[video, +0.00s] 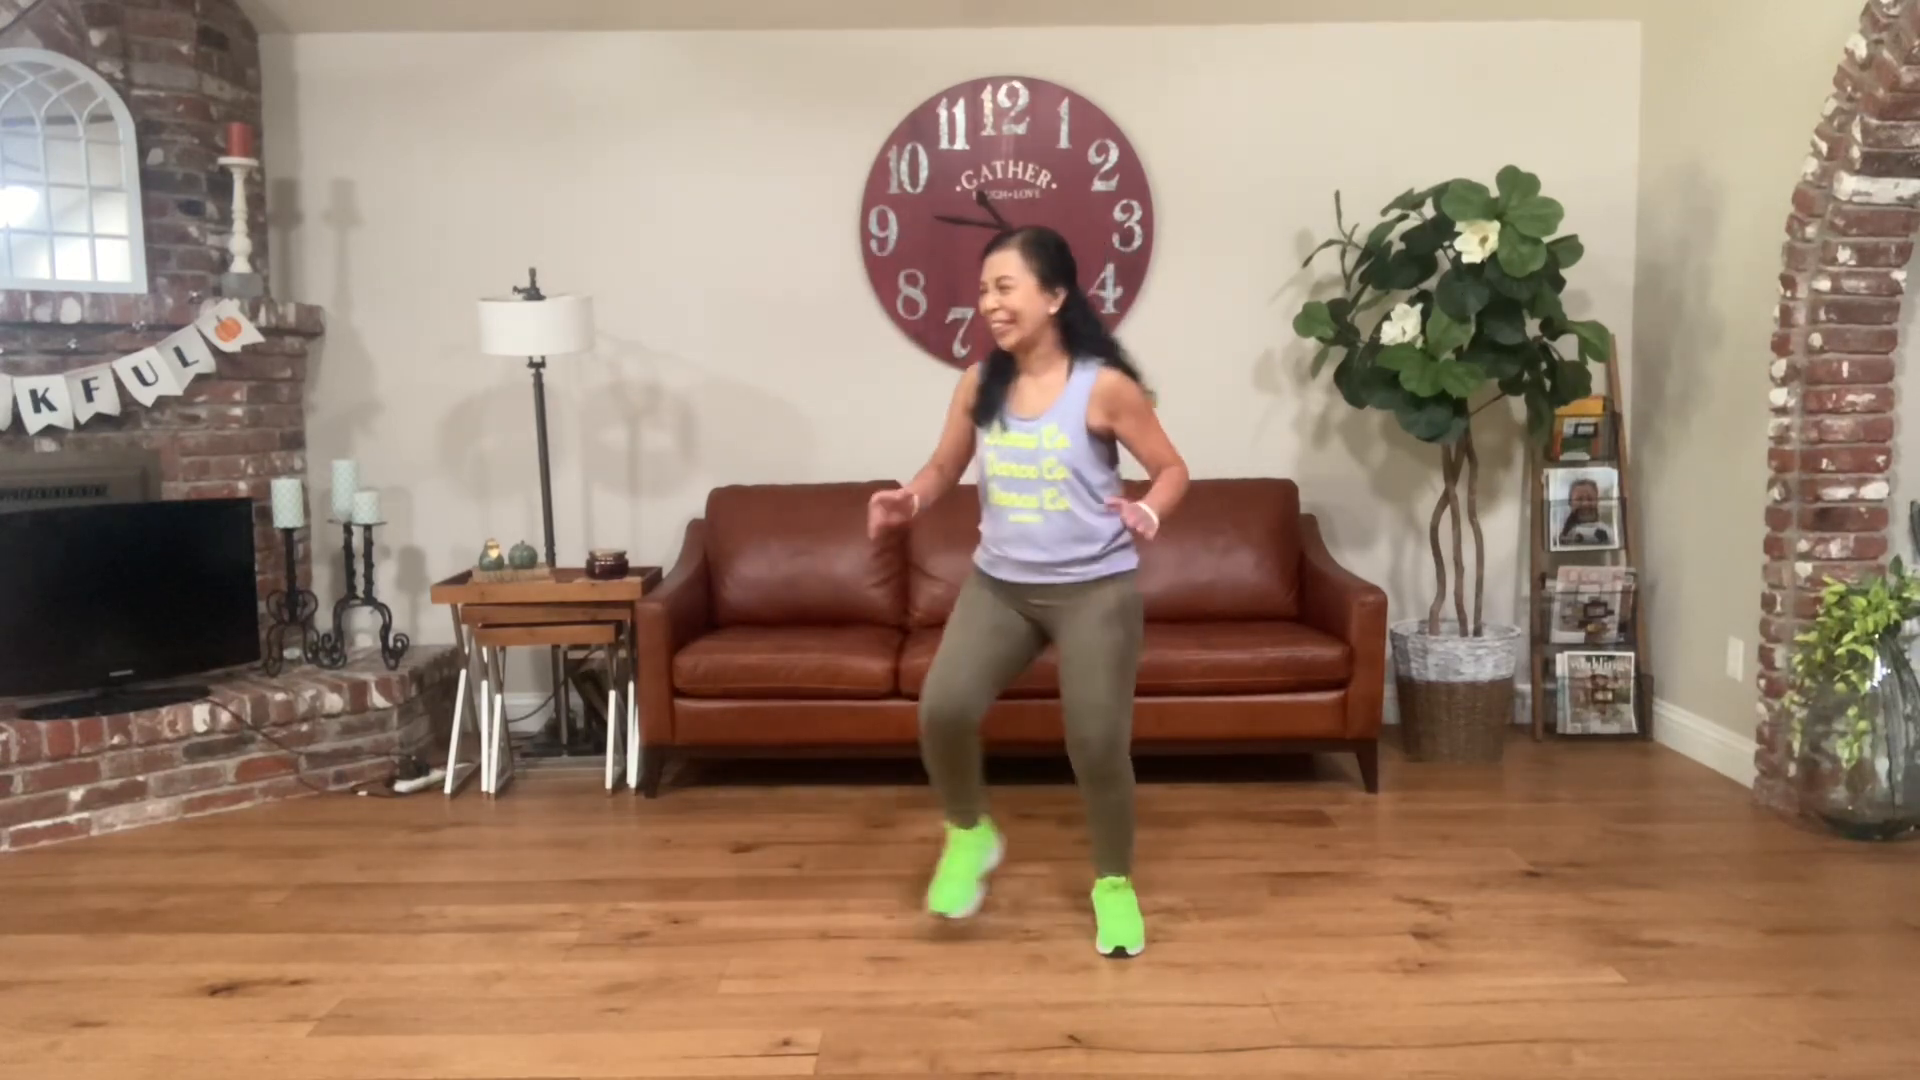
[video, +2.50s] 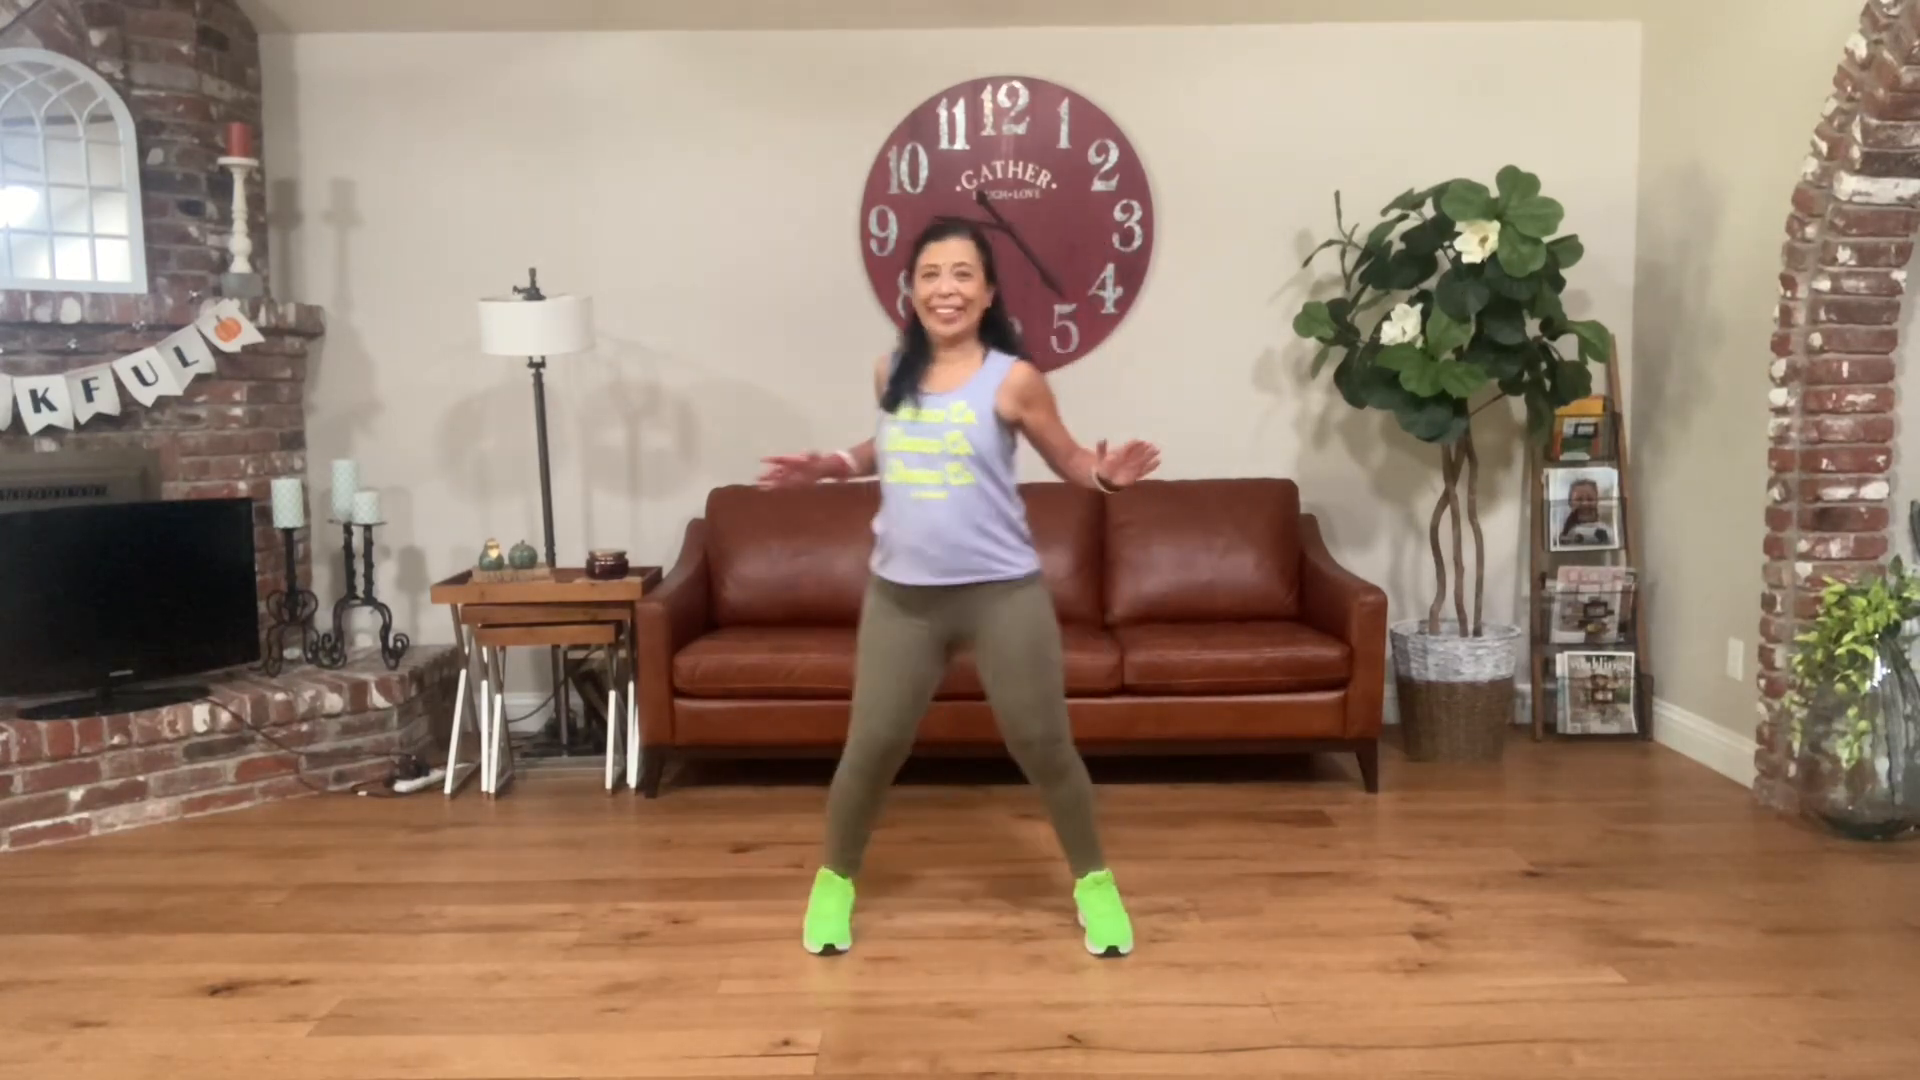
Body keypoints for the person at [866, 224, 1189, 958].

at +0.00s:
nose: (991, 304)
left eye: (1007, 288)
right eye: (985, 291)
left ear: (1055, 297)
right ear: (984, 303)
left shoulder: (1106, 388)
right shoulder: (981, 382)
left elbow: (1172, 470)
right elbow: (943, 467)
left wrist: (1151, 508)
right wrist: (913, 499)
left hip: (1096, 587)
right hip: (1000, 586)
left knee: (1096, 741)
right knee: (944, 709)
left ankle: (1113, 884)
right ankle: (969, 836)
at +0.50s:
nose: (890, 295)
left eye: (907, 281)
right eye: (875, 282)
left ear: (932, 299)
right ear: (856, 299)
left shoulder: (959, 382)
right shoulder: (827, 376)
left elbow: (978, 501)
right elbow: (765, 463)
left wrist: (969, 438)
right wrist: (732, 436)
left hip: (944, 587)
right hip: (844, 590)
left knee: (972, 735)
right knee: (840, 740)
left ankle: (1053, 862)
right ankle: (835, 882)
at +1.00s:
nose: (866, 305)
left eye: (880, 291)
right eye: (848, 295)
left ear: (901, 308)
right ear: (825, 316)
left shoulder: (937, 386)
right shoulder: (807, 400)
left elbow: (981, 485)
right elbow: (773, 507)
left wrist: (953, 484)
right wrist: (810, 514)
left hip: (920, 594)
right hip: (822, 594)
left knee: (929, 739)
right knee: (826, 745)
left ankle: (895, 856)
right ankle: (834, 882)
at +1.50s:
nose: (983, 282)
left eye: (996, 268)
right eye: (964, 272)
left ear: (1019, 284)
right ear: (942, 296)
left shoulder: (1054, 368)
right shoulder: (931, 383)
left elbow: (1087, 446)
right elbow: (878, 472)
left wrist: (1141, 438)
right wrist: (840, 475)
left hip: (1047, 588)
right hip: (951, 586)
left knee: (1072, 739)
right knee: (907, 740)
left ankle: (1096, 882)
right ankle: (843, 876)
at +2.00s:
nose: (1031, 292)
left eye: (1047, 276)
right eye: (1016, 278)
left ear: (1074, 288)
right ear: (998, 292)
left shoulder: (1106, 368)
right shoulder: (973, 371)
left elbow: (1131, 476)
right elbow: (960, 471)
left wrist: (1079, 455)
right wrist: (1018, 447)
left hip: (1107, 575)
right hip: (1010, 585)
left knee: (1108, 728)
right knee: (1039, 737)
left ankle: (1101, 879)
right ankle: (1042, 871)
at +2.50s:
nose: (946, 288)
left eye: (963, 274)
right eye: (931, 274)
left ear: (987, 292)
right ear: (911, 292)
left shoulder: (1013, 381)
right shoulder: (892, 372)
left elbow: (1072, 461)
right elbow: (899, 446)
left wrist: (1106, 471)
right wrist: (831, 465)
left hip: (1003, 590)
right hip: (901, 595)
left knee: (1041, 741)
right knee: (874, 743)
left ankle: (1094, 884)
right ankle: (835, 881)